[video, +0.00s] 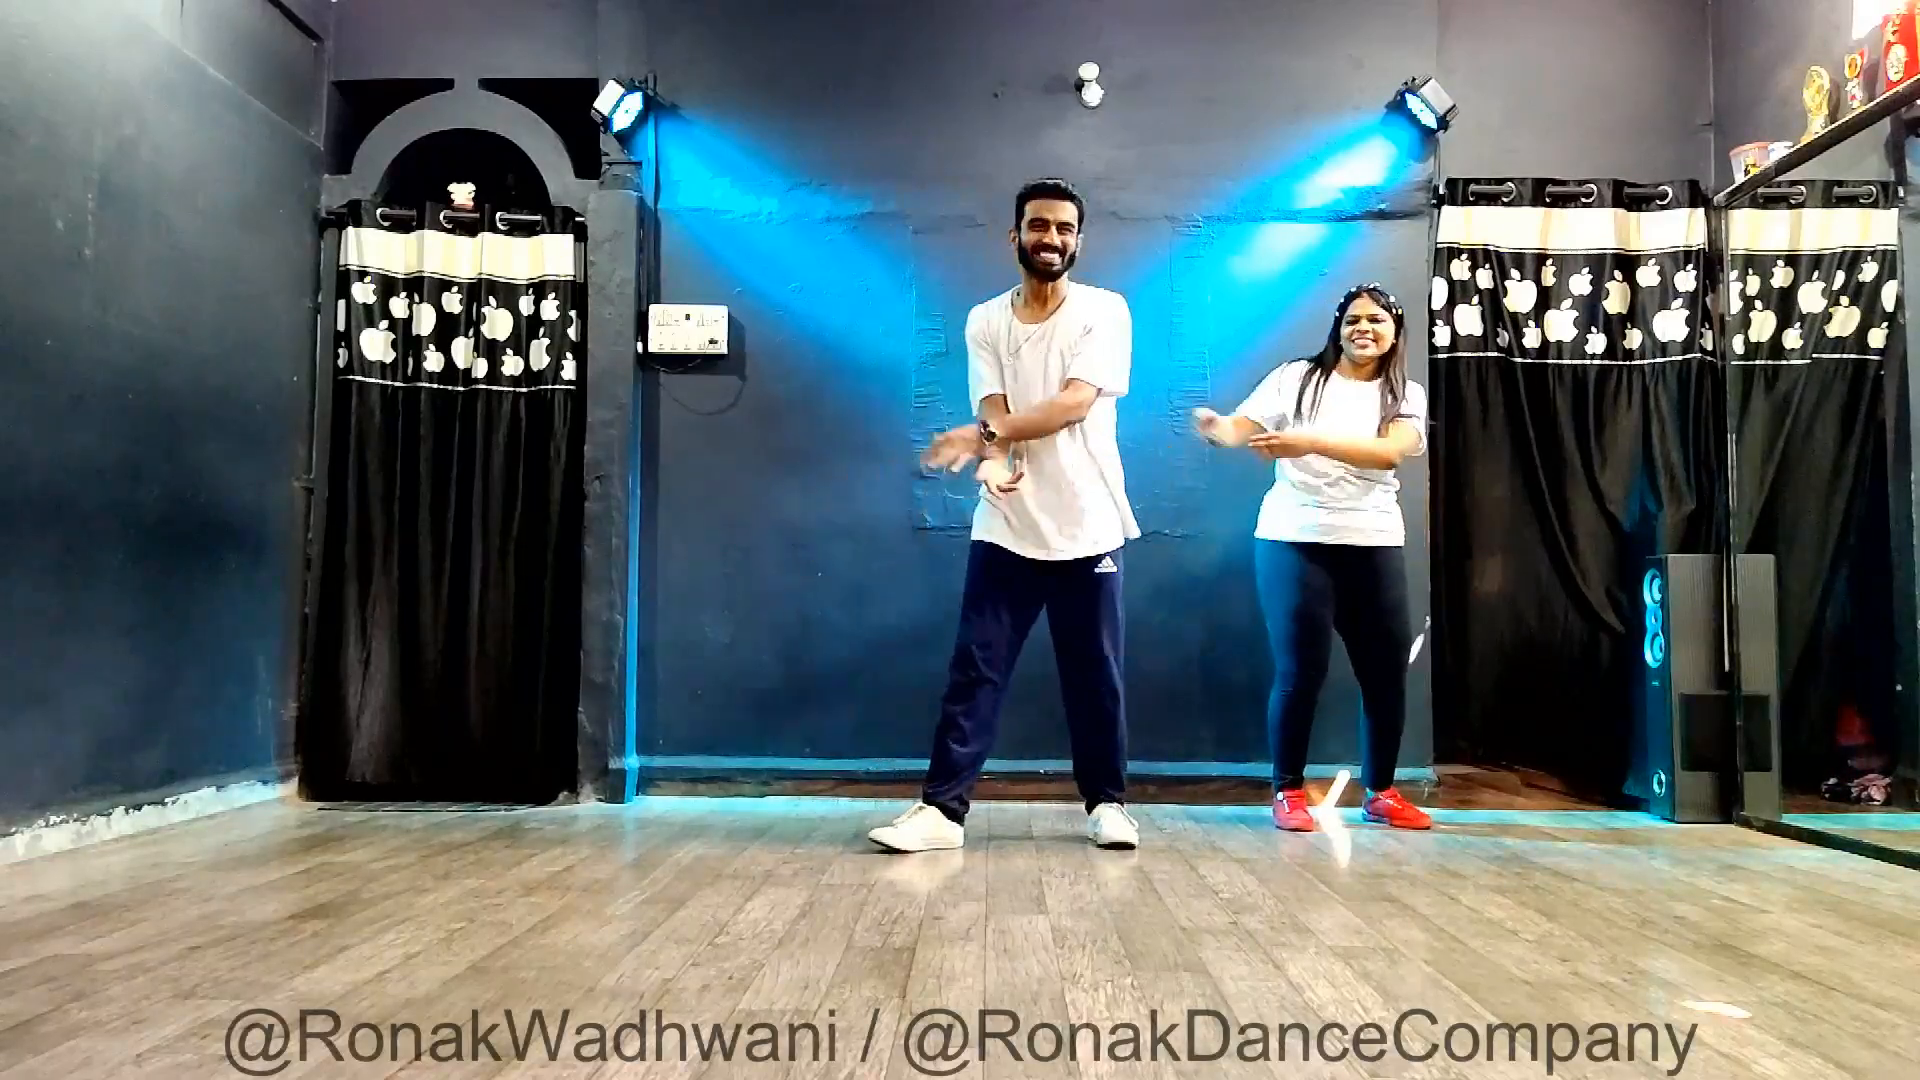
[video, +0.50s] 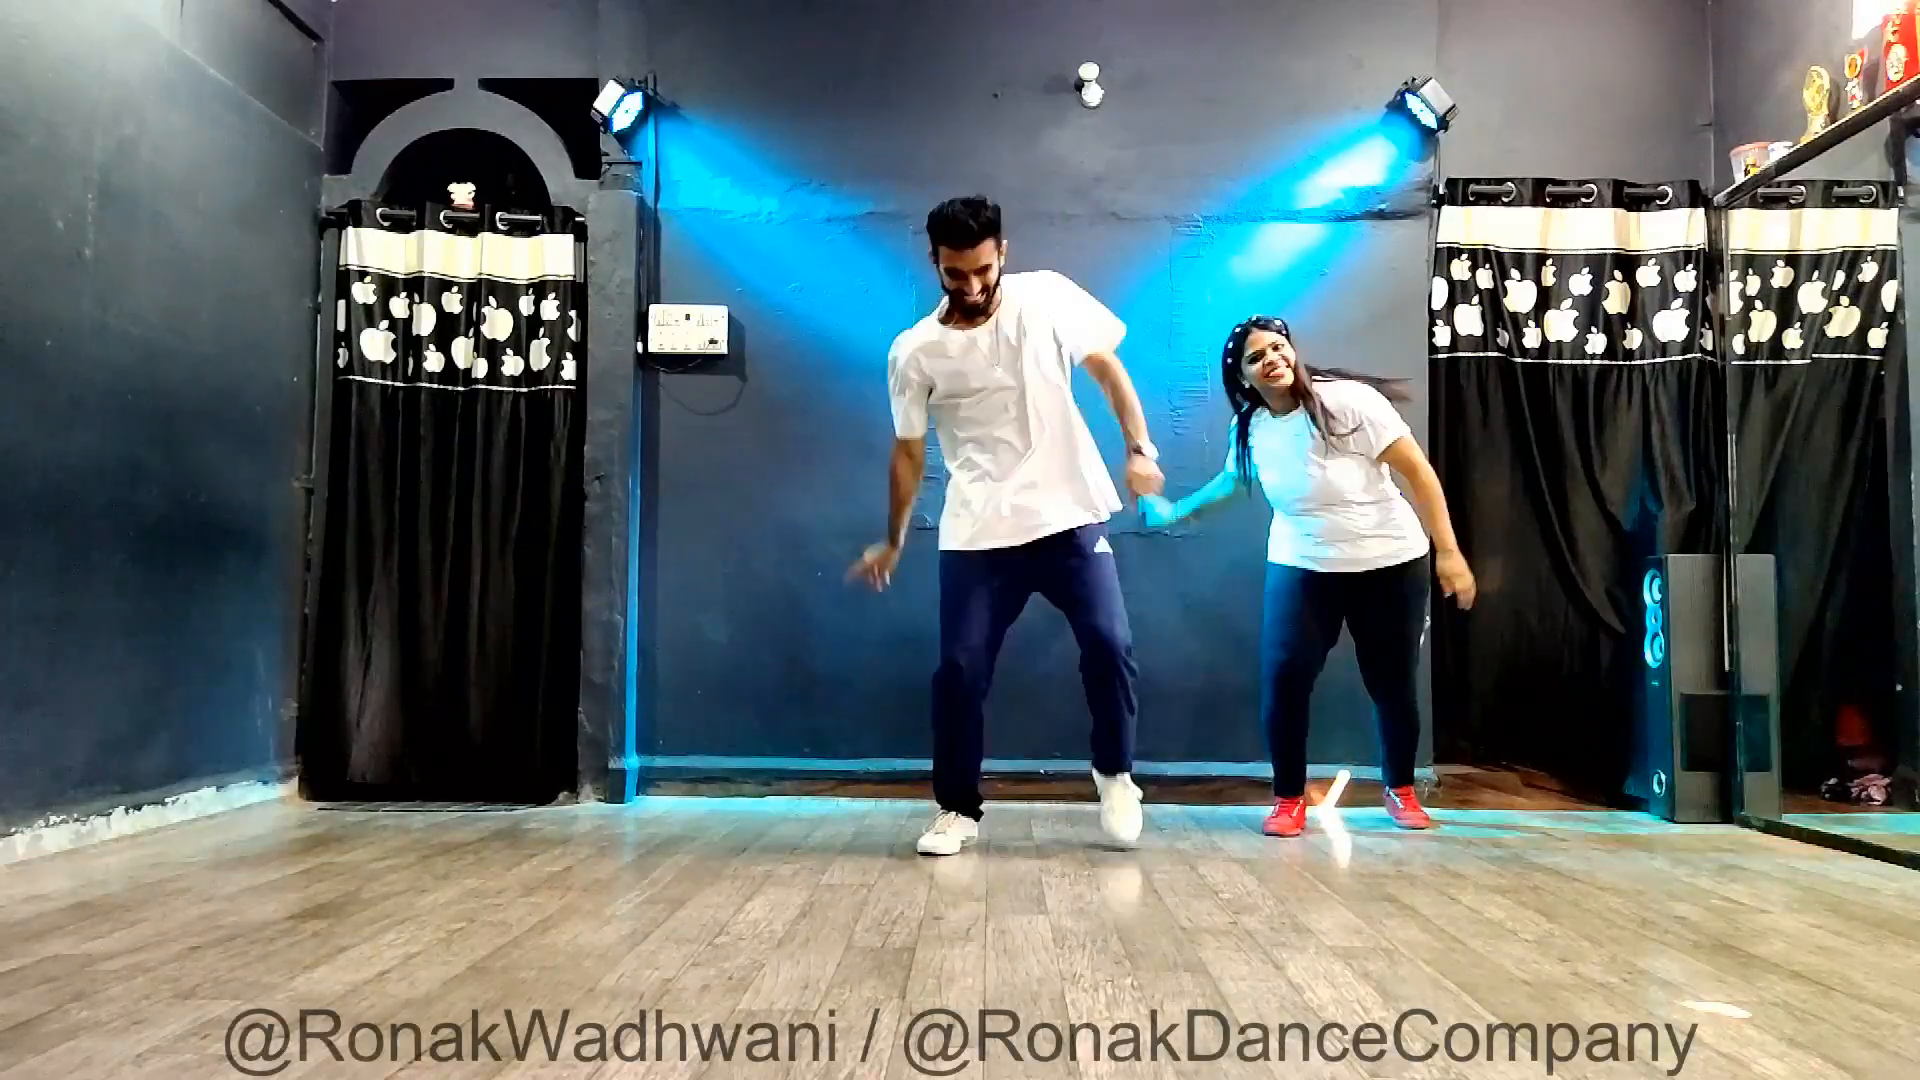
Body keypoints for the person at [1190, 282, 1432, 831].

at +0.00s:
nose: (1364, 329)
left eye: (1376, 321)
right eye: (1355, 320)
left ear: (1394, 333)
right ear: (1339, 329)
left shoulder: (1404, 391)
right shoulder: (1295, 377)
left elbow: (1392, 452)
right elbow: (1243, 428)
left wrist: (1310, 445)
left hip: (1373, 544)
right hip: (1296, 539)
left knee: (1385, 672)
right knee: (1300, 670)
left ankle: (1380, 793)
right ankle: (1289, 792)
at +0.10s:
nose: (1367, 326)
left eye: (1379, 319)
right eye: (1357, 319)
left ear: (1398, 333)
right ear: (1343, 329)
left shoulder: (1408, 386)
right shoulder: (1299, 373)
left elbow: (1392, 438)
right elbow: (1221, 400)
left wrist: (1304, 429)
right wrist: (1181, 378)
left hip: (1378, 544)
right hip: (1298, 538)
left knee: (1386, 675)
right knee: (1302, 671)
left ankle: (1381, 792)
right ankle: (1289, 793)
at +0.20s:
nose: (1348, 323)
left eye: (1360, 314)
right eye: (1337, 315)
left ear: (1382, 322)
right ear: (1325, 325)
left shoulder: (1401, 374)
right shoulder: (1296, 369)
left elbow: (1388, 421)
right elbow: (1233, 356)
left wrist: (1304, 434)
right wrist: (1191, 303)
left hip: (1385, 542)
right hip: (1305, 537)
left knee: (1391, 673)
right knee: (1301, 660)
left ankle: (1385, 792)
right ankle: (1289, 787)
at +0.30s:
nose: (1324, 328)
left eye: (1336, 319)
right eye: (1313, 320)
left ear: (1359, 325)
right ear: (1302, 329)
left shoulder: (1383, 366)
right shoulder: (1286, 374)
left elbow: (1395, 425)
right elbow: (1247, 356)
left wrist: (1328, 468)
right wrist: (1213, 316)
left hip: (1385, 540)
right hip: (1306, 538)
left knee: (1392, 669)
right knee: (1299, 644)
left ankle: (1392, 791)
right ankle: (1292, 775)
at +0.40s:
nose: (1291, 348)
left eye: (1301, 337)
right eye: (1279, 341)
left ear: (1322, 339)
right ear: (1265, 349)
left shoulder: (1356, 382)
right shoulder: (1273, 397)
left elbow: (1410, 460)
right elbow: (1252, 413)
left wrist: (1401, 546)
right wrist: (1195, 401)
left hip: (1380, 547)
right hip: (1304, 544)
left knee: (1390, 677)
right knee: (1293, 655)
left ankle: (1399, 790)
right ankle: (1293, 784)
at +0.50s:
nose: (1272, 358)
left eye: (1276, 346)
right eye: (1256, 357)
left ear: (1293, 351)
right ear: (1244, 379)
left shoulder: (1352, 402)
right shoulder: (1250, 430)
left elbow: (1419, 473)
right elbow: (1232, 481)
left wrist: (1448, 550)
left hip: (1386, 562)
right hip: (1301, 566)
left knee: (1393, 684)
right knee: (1284, 676)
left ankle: (1400, 790)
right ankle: (1289, 797)